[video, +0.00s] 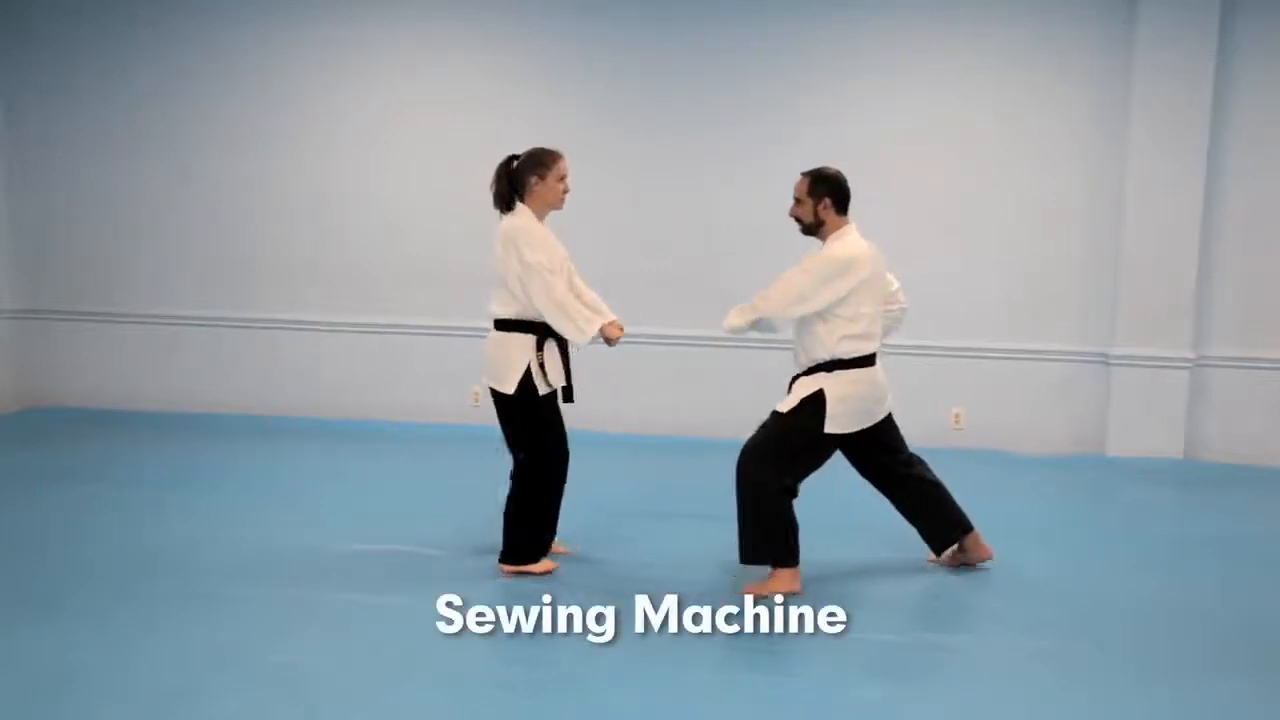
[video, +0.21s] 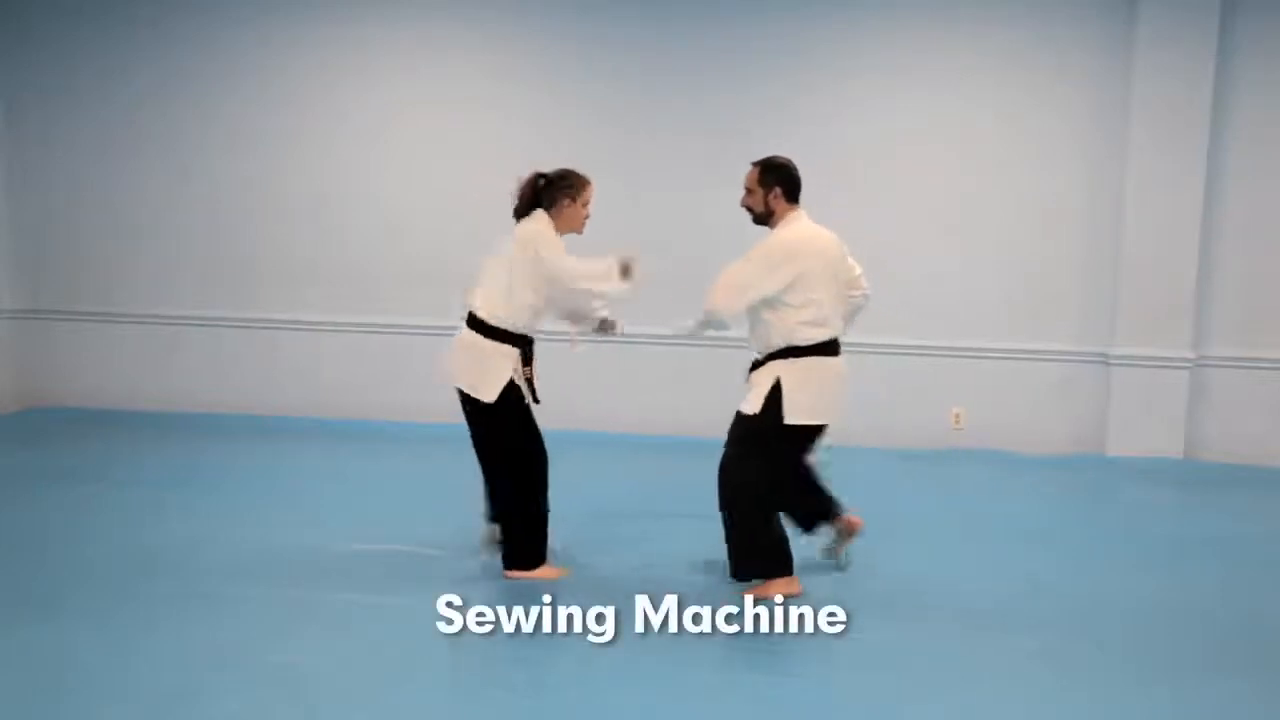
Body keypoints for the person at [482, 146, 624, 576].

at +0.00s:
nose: (568, 187)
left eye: (567, 180)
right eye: (561, 180)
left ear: (538, 183)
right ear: (536, 182)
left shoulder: (536, 228)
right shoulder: (521, 229)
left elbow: (570, 281)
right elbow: (549, 293)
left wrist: (603, 317)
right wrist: (595, 327)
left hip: (534, 353)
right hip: (519, 355)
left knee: (549, 452)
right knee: (542, 455)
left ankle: (537, 539)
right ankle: (518, 556)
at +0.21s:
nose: (589, 215)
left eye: (589, 206)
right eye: (585, 206)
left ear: (558, 204)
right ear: (564, 204)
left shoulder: (529, 233)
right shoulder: (540, 235)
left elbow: (554, 295)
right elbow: (564, 278)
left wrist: (594, 317)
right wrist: (615, 271)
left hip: (480, 360)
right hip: (493, 366)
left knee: (508, 457)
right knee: (529, 459)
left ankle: (516, 549)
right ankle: (524, 562)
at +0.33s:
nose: (576, 219)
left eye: (576, 211)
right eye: (571, 210)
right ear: (548, 206)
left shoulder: (542, 252)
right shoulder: (519, 238)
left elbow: (544, 309)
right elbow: (549, 228)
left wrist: (564, 330)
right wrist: (564, 213)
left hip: (467, 366)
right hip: (478, 371)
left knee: (448, 452)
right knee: (525, 462)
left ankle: (386, 510)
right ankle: (521, 562)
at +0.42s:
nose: (560, 221)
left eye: (560, 213)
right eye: (556, 213)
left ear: (541, 217)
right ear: (535, 215)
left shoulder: (534, 259)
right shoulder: (501, 245)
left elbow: (538, 311)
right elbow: (495, 223)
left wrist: (535, 340)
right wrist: (515, 199)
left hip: (462, 373)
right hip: (474, 377)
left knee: (409, 455)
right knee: (531, 465)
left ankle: (340, 512)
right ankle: (522, 562)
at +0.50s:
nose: (538, 224)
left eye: (537, 216)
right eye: (533, 216)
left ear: (511, 217)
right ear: (511, 218)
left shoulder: (512, 260)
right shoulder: (476, 248)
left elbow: (500, 334)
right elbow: (462, 228)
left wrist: (510, 392)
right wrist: (476, 195)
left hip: (439, 376)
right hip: (464, 382)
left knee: (391, 459)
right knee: (532, 466)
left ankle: (315, 521)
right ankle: (527, 563)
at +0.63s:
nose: (495, 230)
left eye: (495, 222)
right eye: (493, 222)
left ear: (449, 223)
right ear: (478, 224)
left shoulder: (414, 265)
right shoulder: (475, 263)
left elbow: (395, 321)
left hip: (400, 393)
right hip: (455, 398)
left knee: (354, 466)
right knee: (527, 458)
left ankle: (306, 547)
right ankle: (527, 553)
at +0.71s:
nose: (473, 229)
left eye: (469, 221)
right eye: (466, 224)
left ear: (415, 233)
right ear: (451, 233)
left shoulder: (383, 275)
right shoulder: (470, 273)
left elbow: (341, 305)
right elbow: (506, 286)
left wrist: (380, 329)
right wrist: (485, 247)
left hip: (392, 402)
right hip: (454, 404)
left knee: (336, 457)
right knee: (523, 459)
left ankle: (305, 548)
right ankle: (534, 551)